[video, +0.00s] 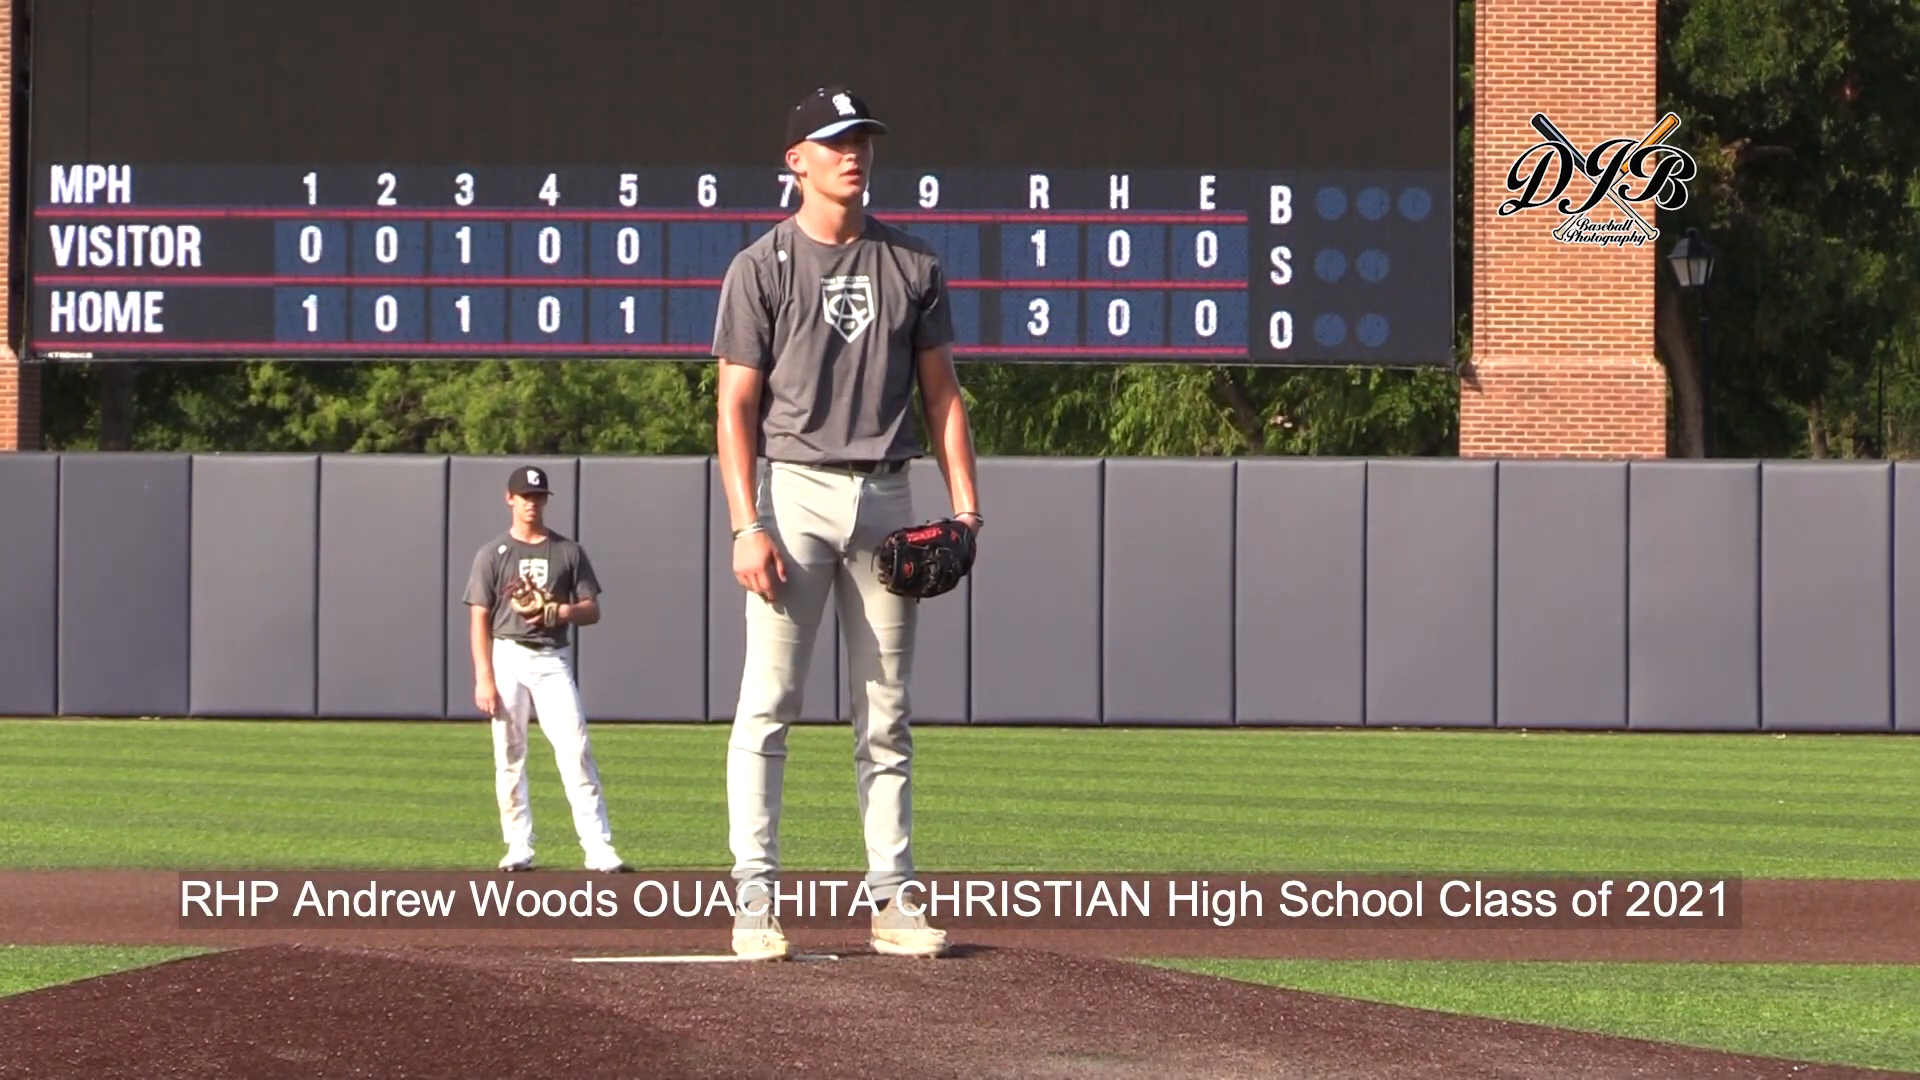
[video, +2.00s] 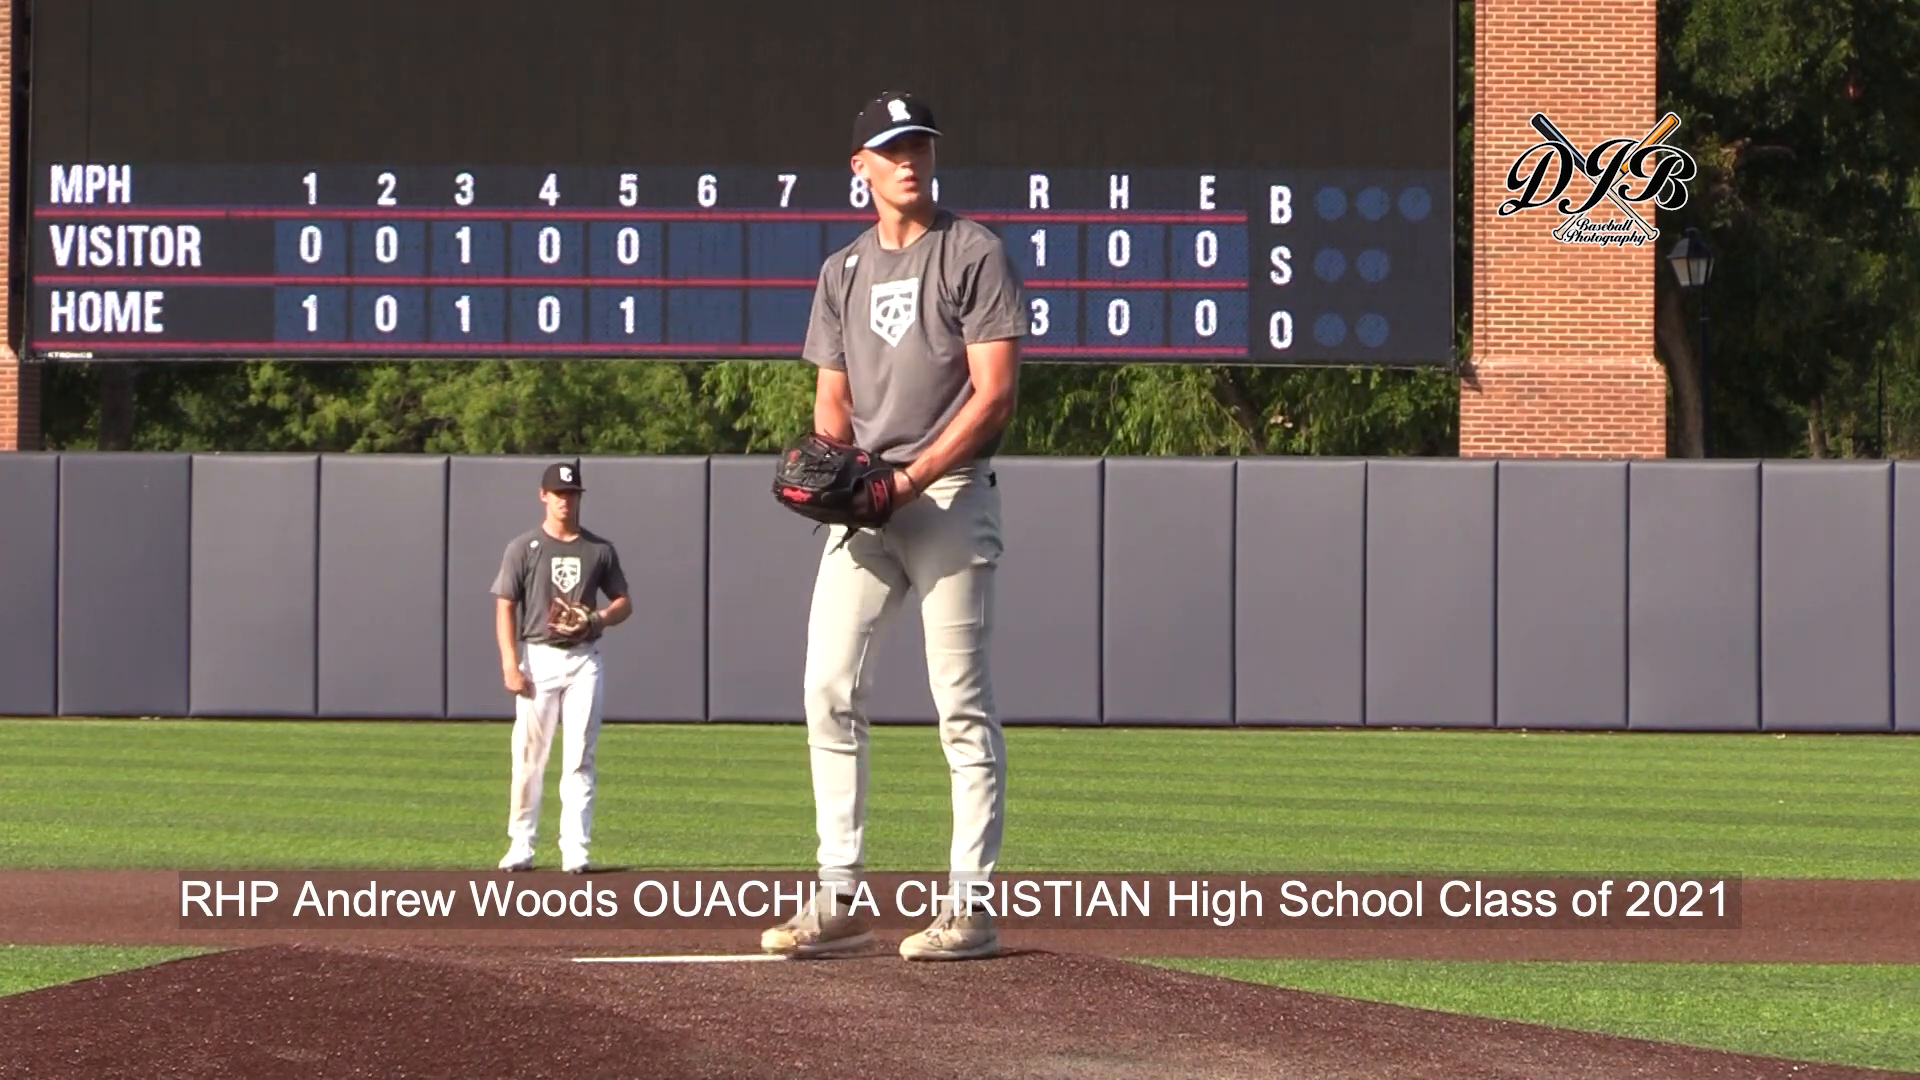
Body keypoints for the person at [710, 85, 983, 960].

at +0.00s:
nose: (852, 159)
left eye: (860, 145)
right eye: (835, 146)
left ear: (872, 158)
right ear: (798, 160)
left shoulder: (912, 267)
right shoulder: (759, 268)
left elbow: (944, 395)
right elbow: (733, 408)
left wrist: (965, 510)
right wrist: (745, 524)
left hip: (888, 497)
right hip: (792, 493)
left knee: (887, 712)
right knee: (769, 704)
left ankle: (893, 897)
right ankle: (755, 895)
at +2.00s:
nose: (911, 163)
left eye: (919, 149)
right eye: (894, 152)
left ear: (934, 159)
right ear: (861, 167)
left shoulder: (973, 251)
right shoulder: (840, 273)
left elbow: (994, 395)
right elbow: (834, 400)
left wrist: (904, 480)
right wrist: (824, 462)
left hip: (950, 502)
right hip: (862, 504)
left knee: (960, 706)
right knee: (829, 695)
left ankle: (970, 906)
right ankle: (836, 896)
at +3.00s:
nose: (901, 165)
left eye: (911, 150)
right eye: (884, 153)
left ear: (930, 160)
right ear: (857, 167)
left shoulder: (953, 244)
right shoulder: (858, 263)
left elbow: (932, 383)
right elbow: (846, 381)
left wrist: (817, 423)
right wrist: (784, 405)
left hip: (930, 486)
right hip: (867, 490)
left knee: (870, 686)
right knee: (851, 697)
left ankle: (940, 882)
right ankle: (880, 898)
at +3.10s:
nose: (895, 165)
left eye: (906, 150)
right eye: (879, 153)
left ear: (926, 160)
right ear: (853, 166)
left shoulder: (948, 243)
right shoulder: (865, 261)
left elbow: (914, 378)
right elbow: (849, 368)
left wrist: (796, 391)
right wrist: (780, 368)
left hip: (925, 479)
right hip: (873, 479)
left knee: (797, 630)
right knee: (868, 696)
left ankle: (872, 829)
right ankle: (874, 908)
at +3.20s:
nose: (889, 168)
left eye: (902, 153)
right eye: (873, 155)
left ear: (925, 162)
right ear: (851, 170)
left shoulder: (946, 242)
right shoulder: (869, 264)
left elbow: (893, 371)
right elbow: (853, 387)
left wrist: (778, 343)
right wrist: (779, 342)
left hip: (920, 475)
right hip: (885, 476)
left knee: (741, 557)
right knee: (863, 704)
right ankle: (882, 906)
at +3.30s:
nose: (886, 173)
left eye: (899, 157)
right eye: (870, 160)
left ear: (924, 166)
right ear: (850, 174)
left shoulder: (943, 242)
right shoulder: (875, 263)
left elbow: (871, 360)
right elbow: (839, 380)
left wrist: (773, 303)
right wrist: (778, 309)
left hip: (918, 473)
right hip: (894, 477)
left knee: (713, 481)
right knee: (864, 702)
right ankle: (879, 907)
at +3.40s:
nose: (885, 178)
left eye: (897, 162)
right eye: (869, 165)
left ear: (922, 170)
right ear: (848, 178)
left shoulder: (937, 243)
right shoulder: (878, 264)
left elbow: (845, 346)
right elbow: (811, 365)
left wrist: (773, 276)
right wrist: (779, 276)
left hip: (910, 468)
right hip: (898, 488)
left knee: (711, 403)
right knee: (854, 698)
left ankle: (575, 565)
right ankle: (878, 905)